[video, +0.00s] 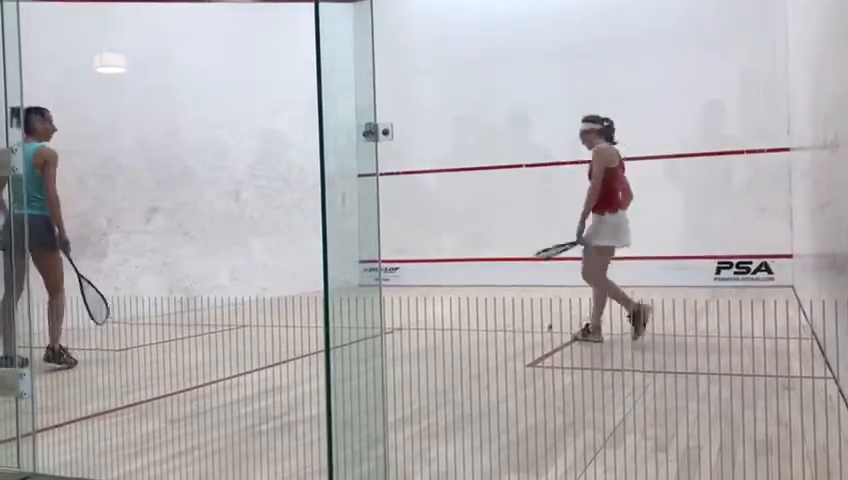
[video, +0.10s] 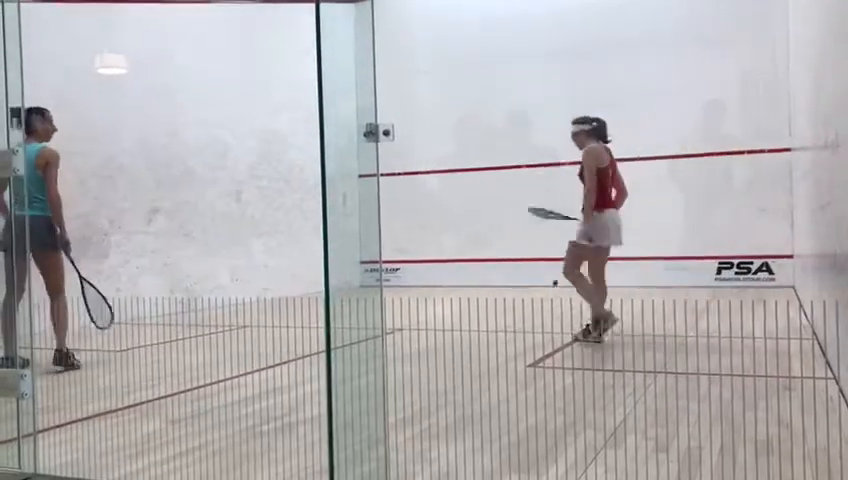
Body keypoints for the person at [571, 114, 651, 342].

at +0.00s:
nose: (582, 139)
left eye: (585, 134)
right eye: (581, 135)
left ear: (596, 133)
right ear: (601, 134)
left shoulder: (600, 152)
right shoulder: (612, 153)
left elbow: (594, 189)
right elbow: (627, 194)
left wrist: (582, 220)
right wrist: (611, 216)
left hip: (603, 221)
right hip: (613, 219)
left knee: (590, 273)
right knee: (599, 274)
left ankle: (634, 309)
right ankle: (594, 326)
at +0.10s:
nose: (573, 140)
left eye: (575, 135)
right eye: (573, 136)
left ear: (586, 133)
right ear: (592, 134)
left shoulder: (590, 151)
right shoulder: (606, 152)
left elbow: (590, 189)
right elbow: (622, 191)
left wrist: (586, 223)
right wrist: (609, 212)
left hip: (595, 220)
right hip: (609, 219)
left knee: (570, 269)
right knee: (597, 274)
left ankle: (602, 314)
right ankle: (596, 325)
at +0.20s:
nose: (568, 141)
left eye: (570, 136)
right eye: (567, 136)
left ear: (580, 134)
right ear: (587, 134)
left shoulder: (578, 151)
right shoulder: (600, 154)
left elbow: (584, 186)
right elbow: (616, 193)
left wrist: (587, 219)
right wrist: (605, 217)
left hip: (583, 217)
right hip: (602, 217)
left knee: (566, 269)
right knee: (595, 273)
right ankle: (596, 327)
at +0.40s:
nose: (555, 143)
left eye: (557, 139)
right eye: (555, 139)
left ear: (567, 137)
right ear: (576, 138)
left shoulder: (559, 156)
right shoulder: (590, 158)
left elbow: (559, 190)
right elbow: (604, 194)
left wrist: (558, 220)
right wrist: (606, 223)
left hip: (568, 218)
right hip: (591, 217)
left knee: (556, 277)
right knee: (582, 275)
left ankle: (551, 326)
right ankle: (595, 325)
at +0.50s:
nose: (551, 140)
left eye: (553, 137)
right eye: (552, 137)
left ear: (559, 137)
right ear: (573, 138)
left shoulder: (548, 157)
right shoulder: (585, 159)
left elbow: (543, 193)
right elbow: (600, 193)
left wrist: (537, 224)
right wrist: (600, 218)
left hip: (558, 219)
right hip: (584, 217)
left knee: (551, 277)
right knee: (580, 271)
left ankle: (551, 326)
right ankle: (594, 320)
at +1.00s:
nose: (571, 144)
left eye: (569, 140)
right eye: (570, 140)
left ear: (549, 139)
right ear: (566, 140)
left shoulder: (535, 161)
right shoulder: (574, 161)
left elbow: (528, 196)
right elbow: (585, 194)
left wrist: (546, 194)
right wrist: (601, 224)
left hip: (548, 222)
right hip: (572, 221)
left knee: (548, 279)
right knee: (583, 275)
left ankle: (553, 329)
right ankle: (582, 324)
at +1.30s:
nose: (581, 148)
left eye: (582, 144)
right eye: (579, 144)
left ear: (559, 143)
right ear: (572, 143)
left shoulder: (545, 164)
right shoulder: (579, 163)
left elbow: (549, 194)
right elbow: (591, 198)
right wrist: (614, 223)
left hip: (555, 224)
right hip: (578, 223)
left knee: (553, 277)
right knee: (596, 274)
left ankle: (554, 329)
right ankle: (606, 325)